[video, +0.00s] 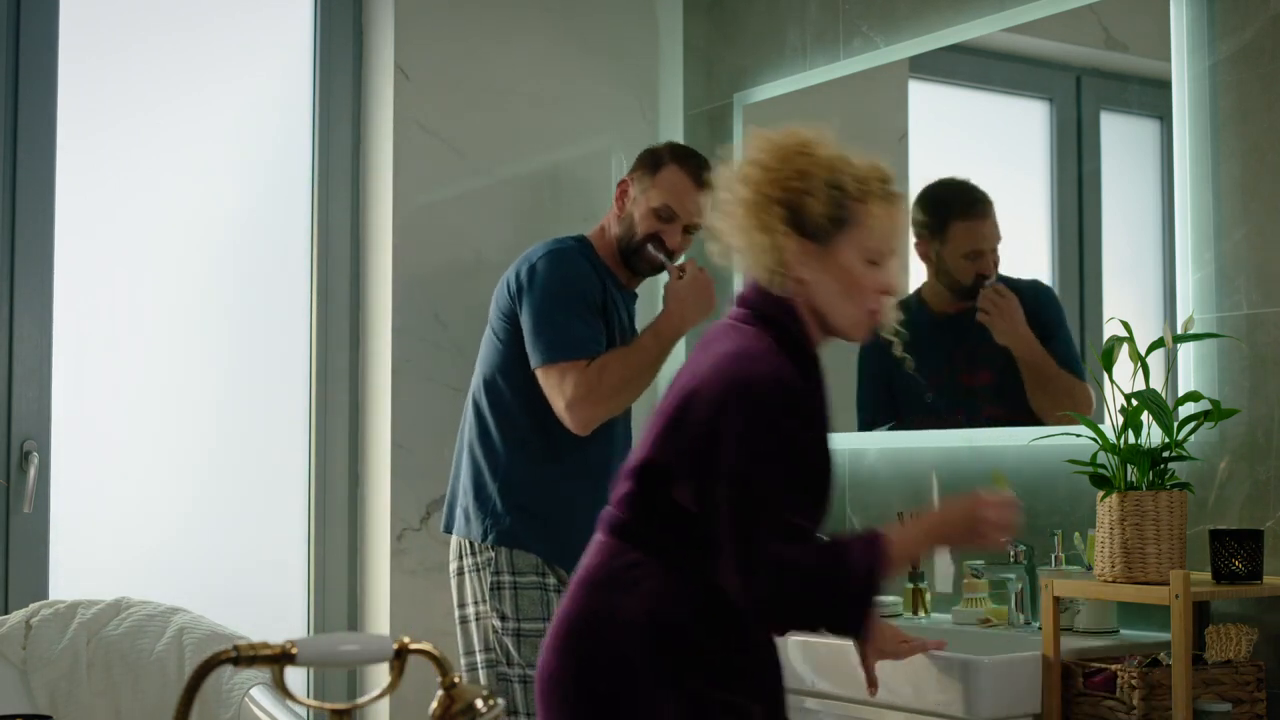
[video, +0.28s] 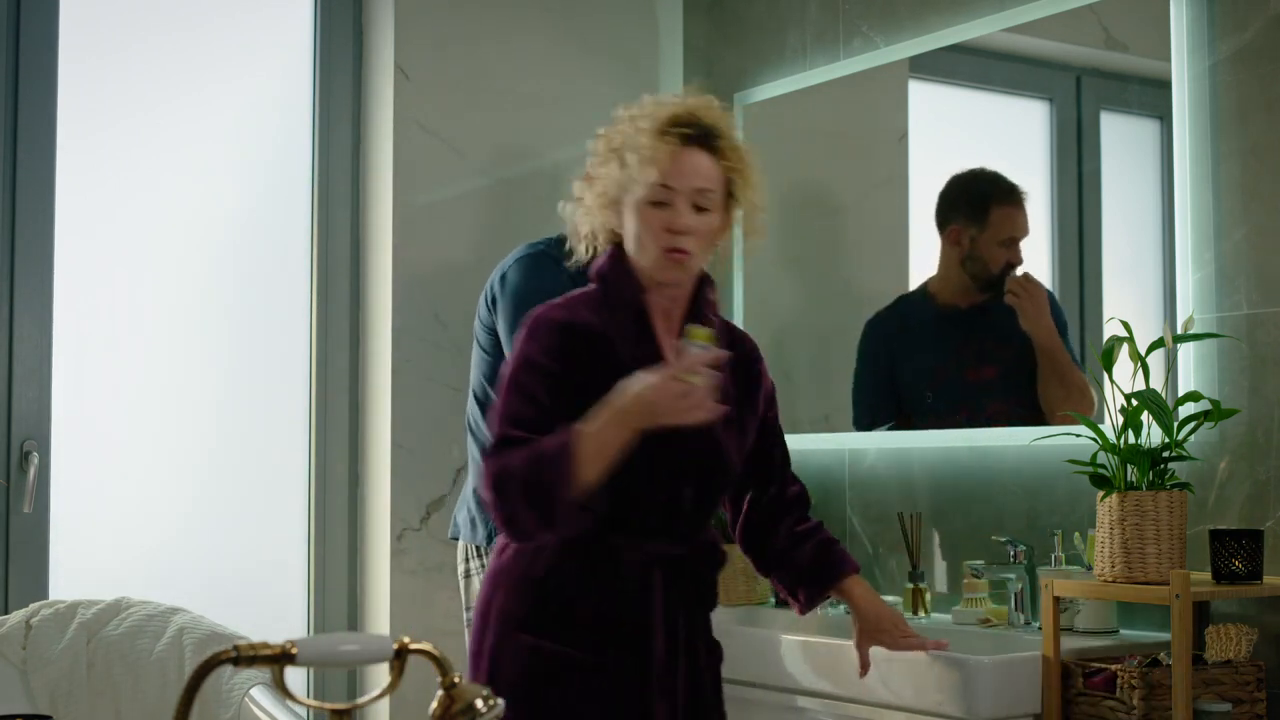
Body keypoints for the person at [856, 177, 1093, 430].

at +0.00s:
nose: (989, 269)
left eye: (994, 251)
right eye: (972, 257)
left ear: (998, 238)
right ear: (924, 251)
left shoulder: (1034, 302)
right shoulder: (889, 331)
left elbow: (1074, 416)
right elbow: (874, 447)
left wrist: (1020, 341)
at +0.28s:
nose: (1018, 259)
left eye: (1019, 244)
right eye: (1006, 245)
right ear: (956, 239)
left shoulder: (1037, 309)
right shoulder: (888, 330)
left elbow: (1073, 419)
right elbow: (874, 448)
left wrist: (1042, 330)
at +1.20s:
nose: (1004, 250)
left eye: (1005, 233)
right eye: (991, 233)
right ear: (941, 231)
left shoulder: (1027, 311)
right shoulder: (880, 331)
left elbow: (1067, 420)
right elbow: (867, 452)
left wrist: (1039, 332)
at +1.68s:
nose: (1005, 253)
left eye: (1006, 236)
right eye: (991, 236)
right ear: (941, 231)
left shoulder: (1028, 312)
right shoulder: (881, 332)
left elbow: (1069, 422)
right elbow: (868, 451)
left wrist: (1042, 339)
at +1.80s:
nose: (995, 255)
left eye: (1002, 238)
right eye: (981, 238)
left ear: (1009, 233)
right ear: (936, 232)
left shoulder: (1030, 312)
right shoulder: (882, 331)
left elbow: (1069, 423)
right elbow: (867, 450)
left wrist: (1039, 342)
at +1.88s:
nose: (988, 258)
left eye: (997, 241)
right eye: (973, 241)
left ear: (1005, 236)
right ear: (932, 234)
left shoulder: (1030, 311)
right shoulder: (882, 331)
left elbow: (1069, 424)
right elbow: (867, 449)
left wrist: (1036, 346)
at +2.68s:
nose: (951, 270)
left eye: (962, 251)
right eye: (933, 255)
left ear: (978, 235)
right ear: (904, 249)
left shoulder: (1029, 309)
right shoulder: (878, 336)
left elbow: (1068, 424)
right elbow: (867, 451)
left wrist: (1003, 357)